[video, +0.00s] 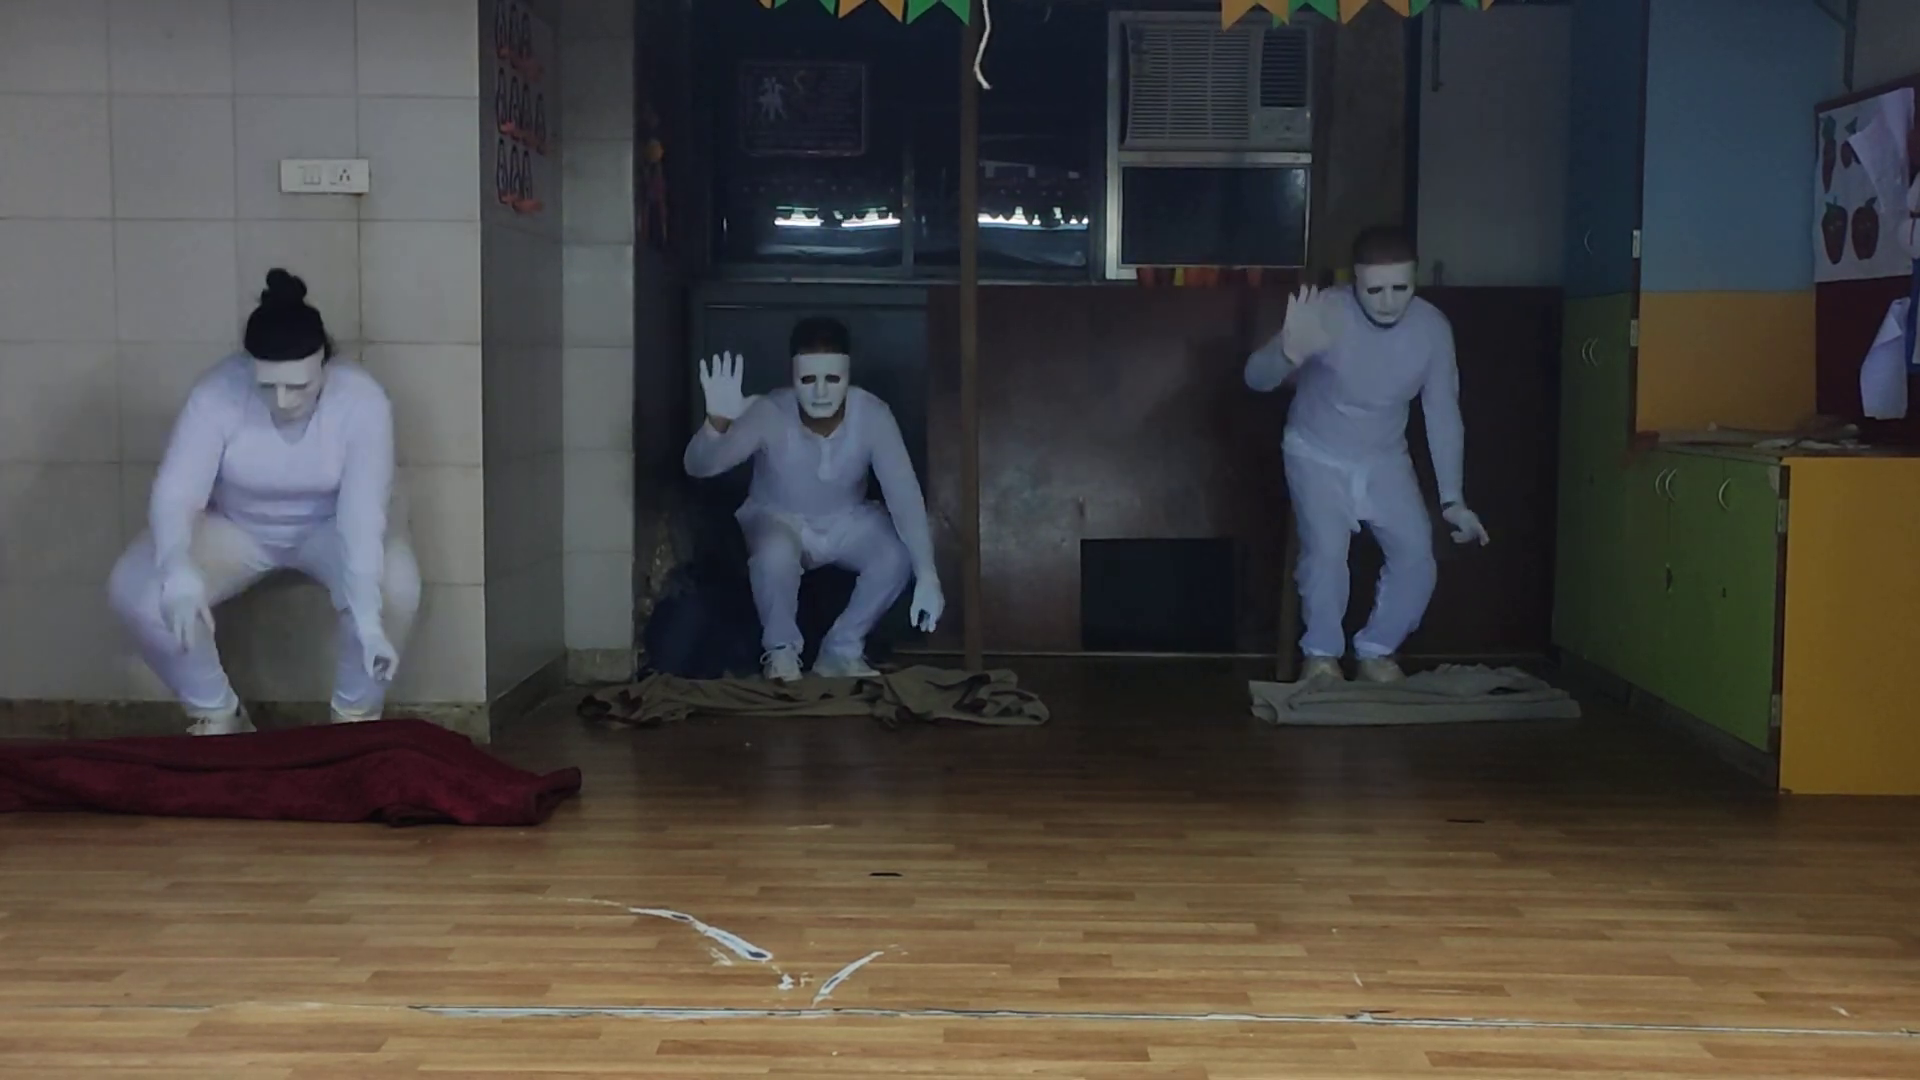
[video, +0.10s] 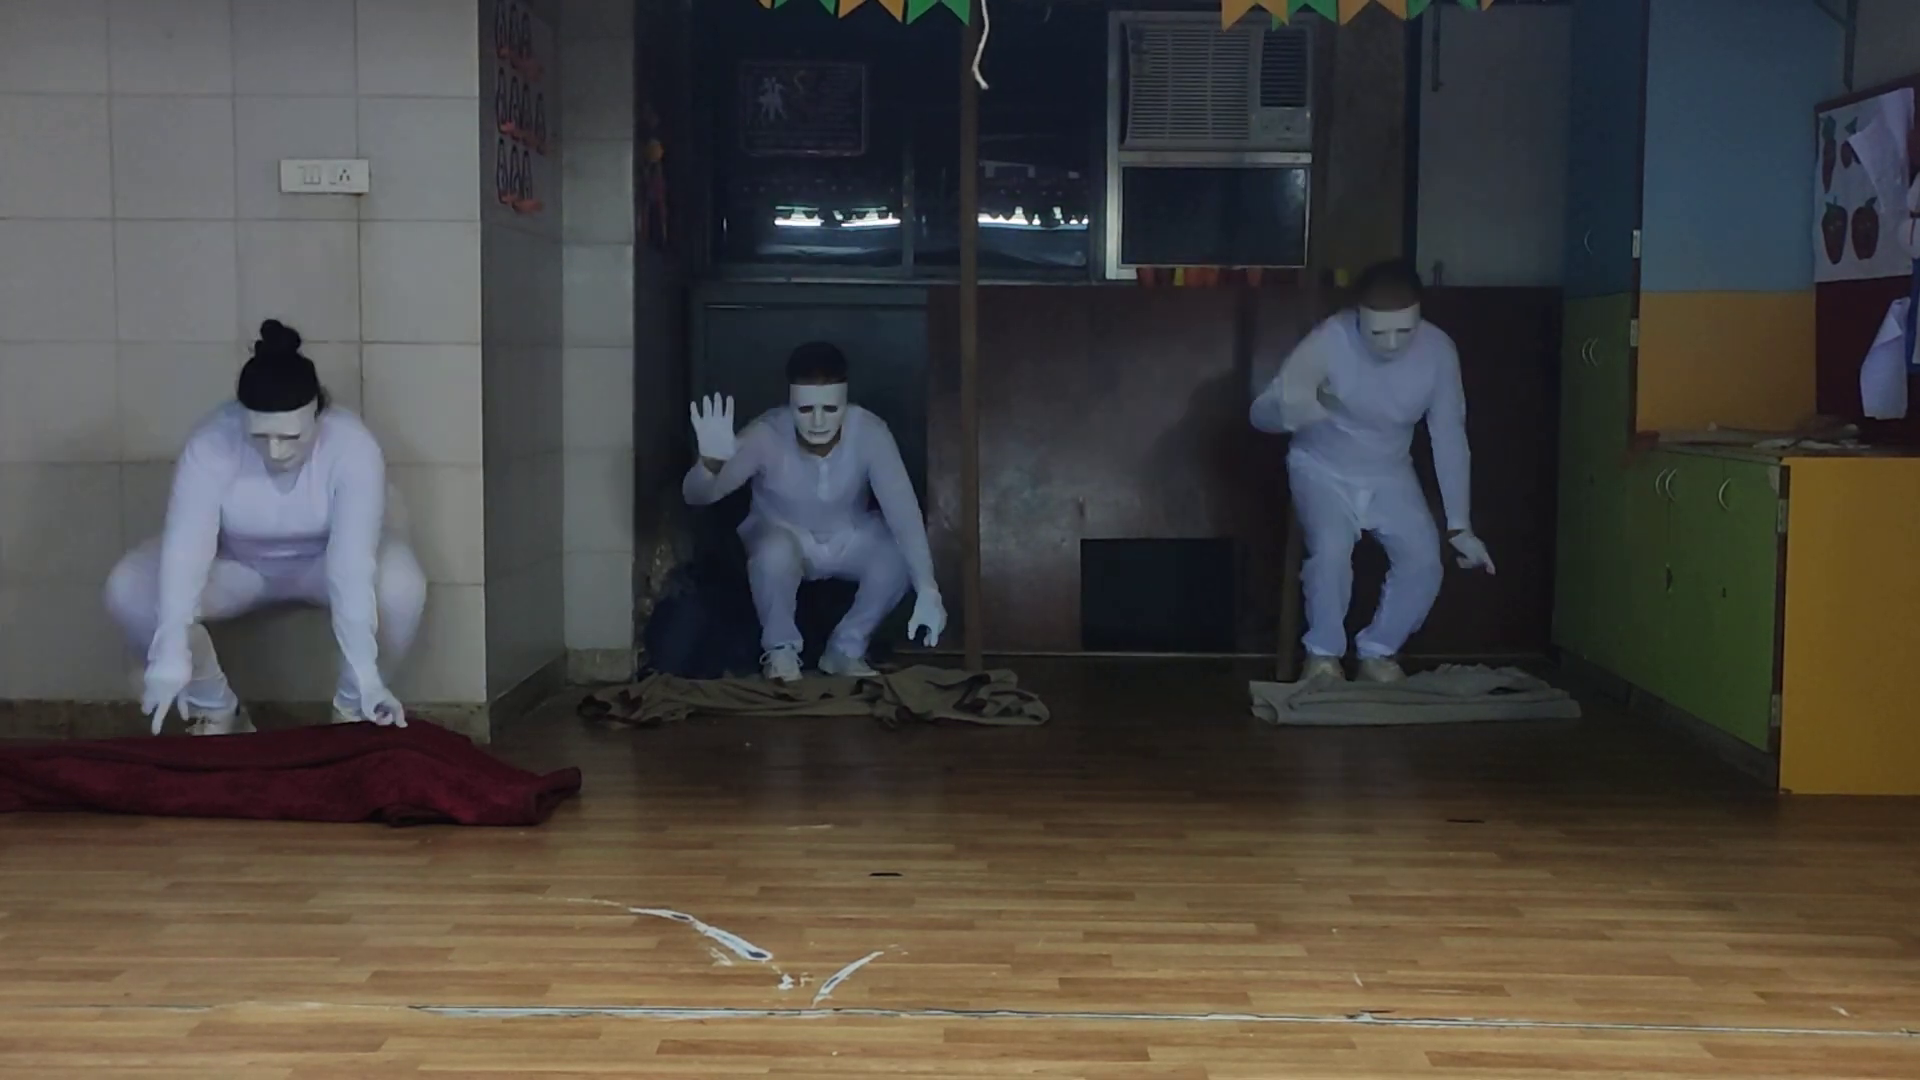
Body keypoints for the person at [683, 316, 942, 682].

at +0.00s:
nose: (821, 391)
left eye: (832, 378)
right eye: (809, 379)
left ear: (847, 376)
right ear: (793, 378)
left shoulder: (872, 417)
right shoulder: (768, 414)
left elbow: (904, 495)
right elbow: (698, 466)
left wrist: (926, 576)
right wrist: (716, 423)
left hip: (847, 522)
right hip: (778, 521)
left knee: (894, 557)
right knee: (774, 557)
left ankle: (841, 650)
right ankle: (781, 649)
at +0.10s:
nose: (818, 421)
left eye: (830, 409)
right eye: (806, 409)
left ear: (845, 399)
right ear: (790, 402)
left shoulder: (869, 433)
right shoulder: (765, 436)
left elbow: (904, 512)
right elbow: (697, 496)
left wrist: (927, 591)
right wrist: (710, 463)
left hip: (849, 538)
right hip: (784, 537)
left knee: (894, 561)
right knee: (774, 557)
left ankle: (845, 651)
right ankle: (781, 650)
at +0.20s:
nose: (815, 441)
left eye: (827, 429)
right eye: (803, 429)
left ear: (842, 418)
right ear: (789, 419)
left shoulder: (867, 447)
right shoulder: (764, 452)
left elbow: (903, 526)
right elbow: (696, 520)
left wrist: (925, 603)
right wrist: (707, 497)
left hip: (852, 555)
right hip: (790, 556)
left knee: (898, 558)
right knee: (773, 552)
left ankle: (848, 651)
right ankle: (780, 651)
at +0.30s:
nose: (812, 458)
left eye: (824, 445)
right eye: (800, 446)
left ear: (839, 434)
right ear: (785, 436)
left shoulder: (865, 458)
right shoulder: (763, 463)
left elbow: (900, 538)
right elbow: (703, 543)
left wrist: (922, 616)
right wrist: (706, 530)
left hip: (854, 562)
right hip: (792, 563)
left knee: (902, 564)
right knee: (773, 553)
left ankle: (849, 651)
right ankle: (781, 649)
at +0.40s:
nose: (810, 468)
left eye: (822, 456)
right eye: (798, 457)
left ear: (838, 440)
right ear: (783, 444)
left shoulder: (864, 464)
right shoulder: (761, 472)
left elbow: (896, 545)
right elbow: (727, 530)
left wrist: (920, 626)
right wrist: (713, 560)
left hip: (856, 569)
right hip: (795, 572)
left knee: (909, 564)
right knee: (777, 556)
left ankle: (850, 649)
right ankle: (782, 649)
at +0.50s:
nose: (810, 474)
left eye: (821, 461)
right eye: (798, 462)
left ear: (838, 446)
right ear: (782, 448)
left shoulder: (864, 467)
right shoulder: (762, 477)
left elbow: (895, 547)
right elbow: (730, 539)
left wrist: (915, 630)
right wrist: (725, 582)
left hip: (857, 571)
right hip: (798, 573)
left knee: (913, 567)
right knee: (775, 559)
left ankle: (850, 649)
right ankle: (782, 648)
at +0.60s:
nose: (809, 476)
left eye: (821, 464)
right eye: (797, 465)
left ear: (837, 448)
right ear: (782, 451)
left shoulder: (866, 469)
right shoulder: (760, 480)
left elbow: (891, 551)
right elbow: (733, 553)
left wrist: (910, 633)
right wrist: (733, 617)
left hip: (857, 572)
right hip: (798, 574)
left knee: (915, 568)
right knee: (778, 560)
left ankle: (850, 649)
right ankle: (782, 648)